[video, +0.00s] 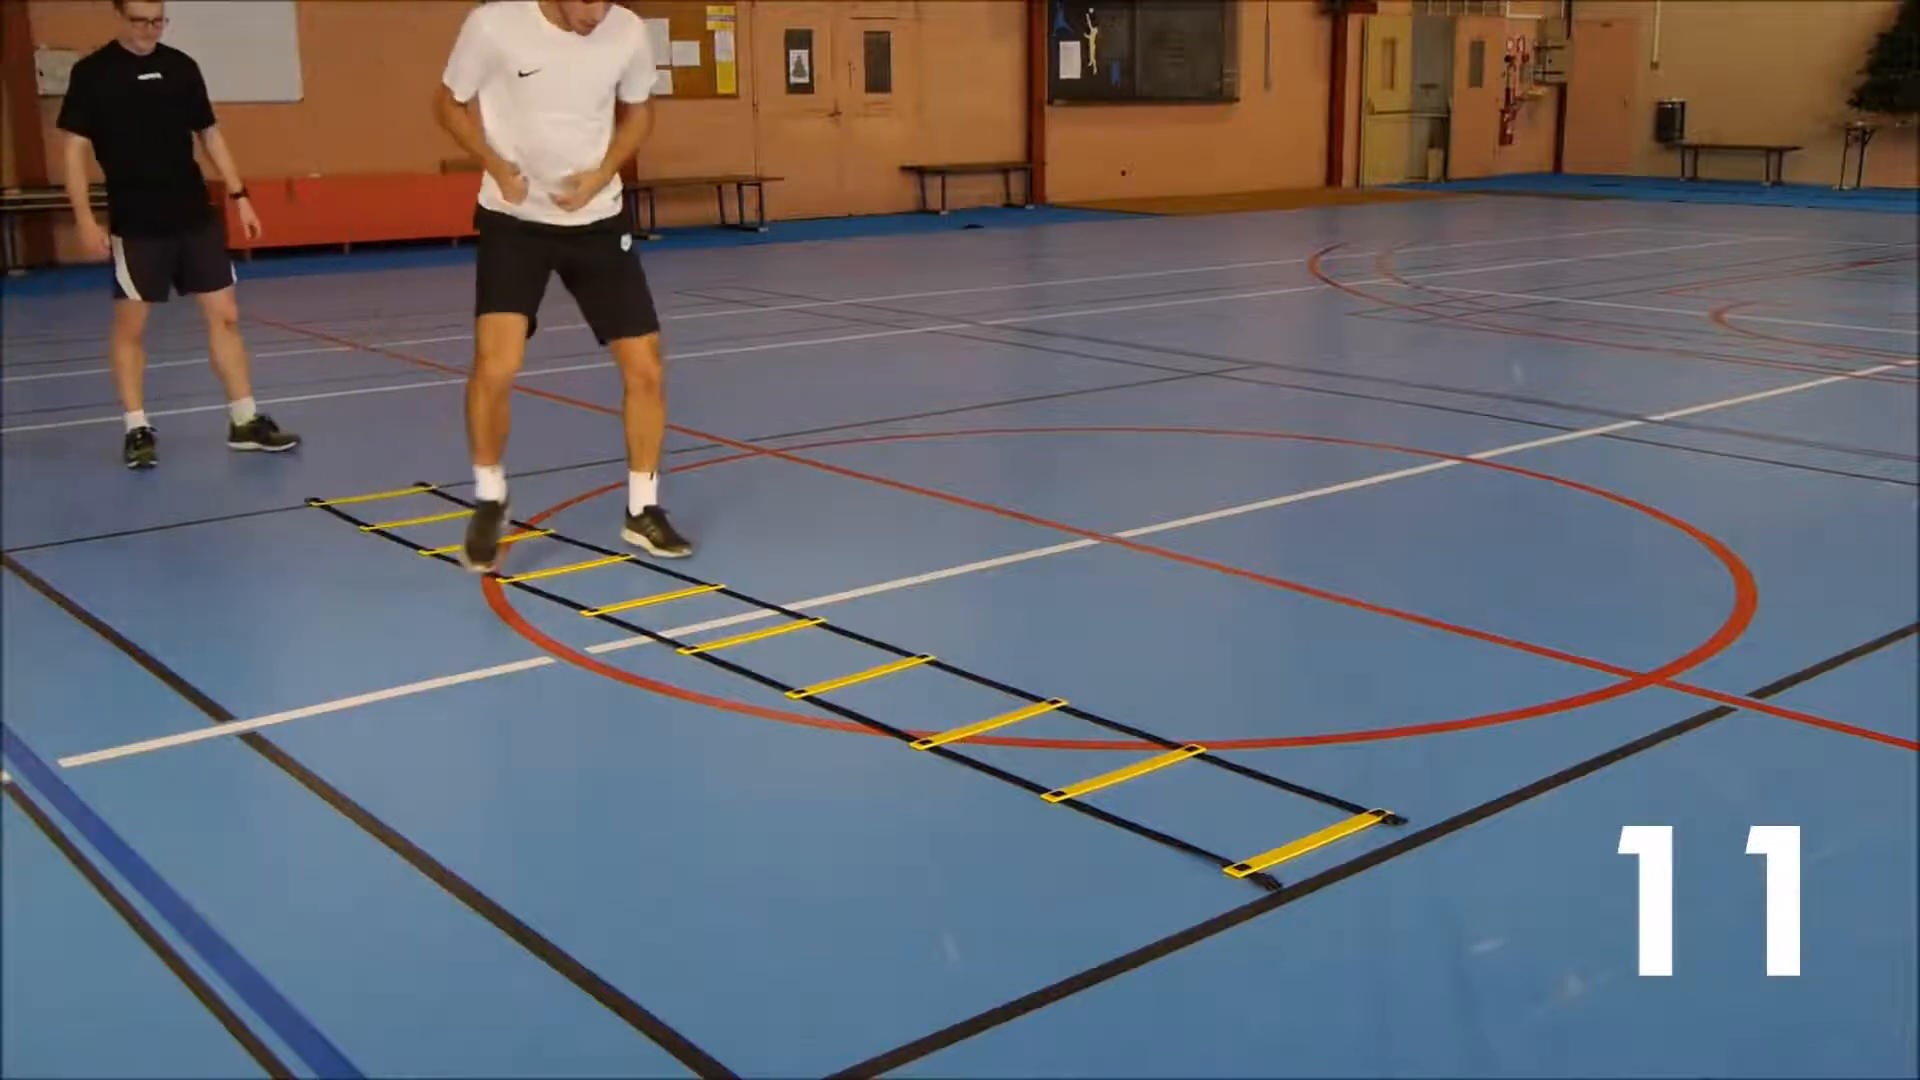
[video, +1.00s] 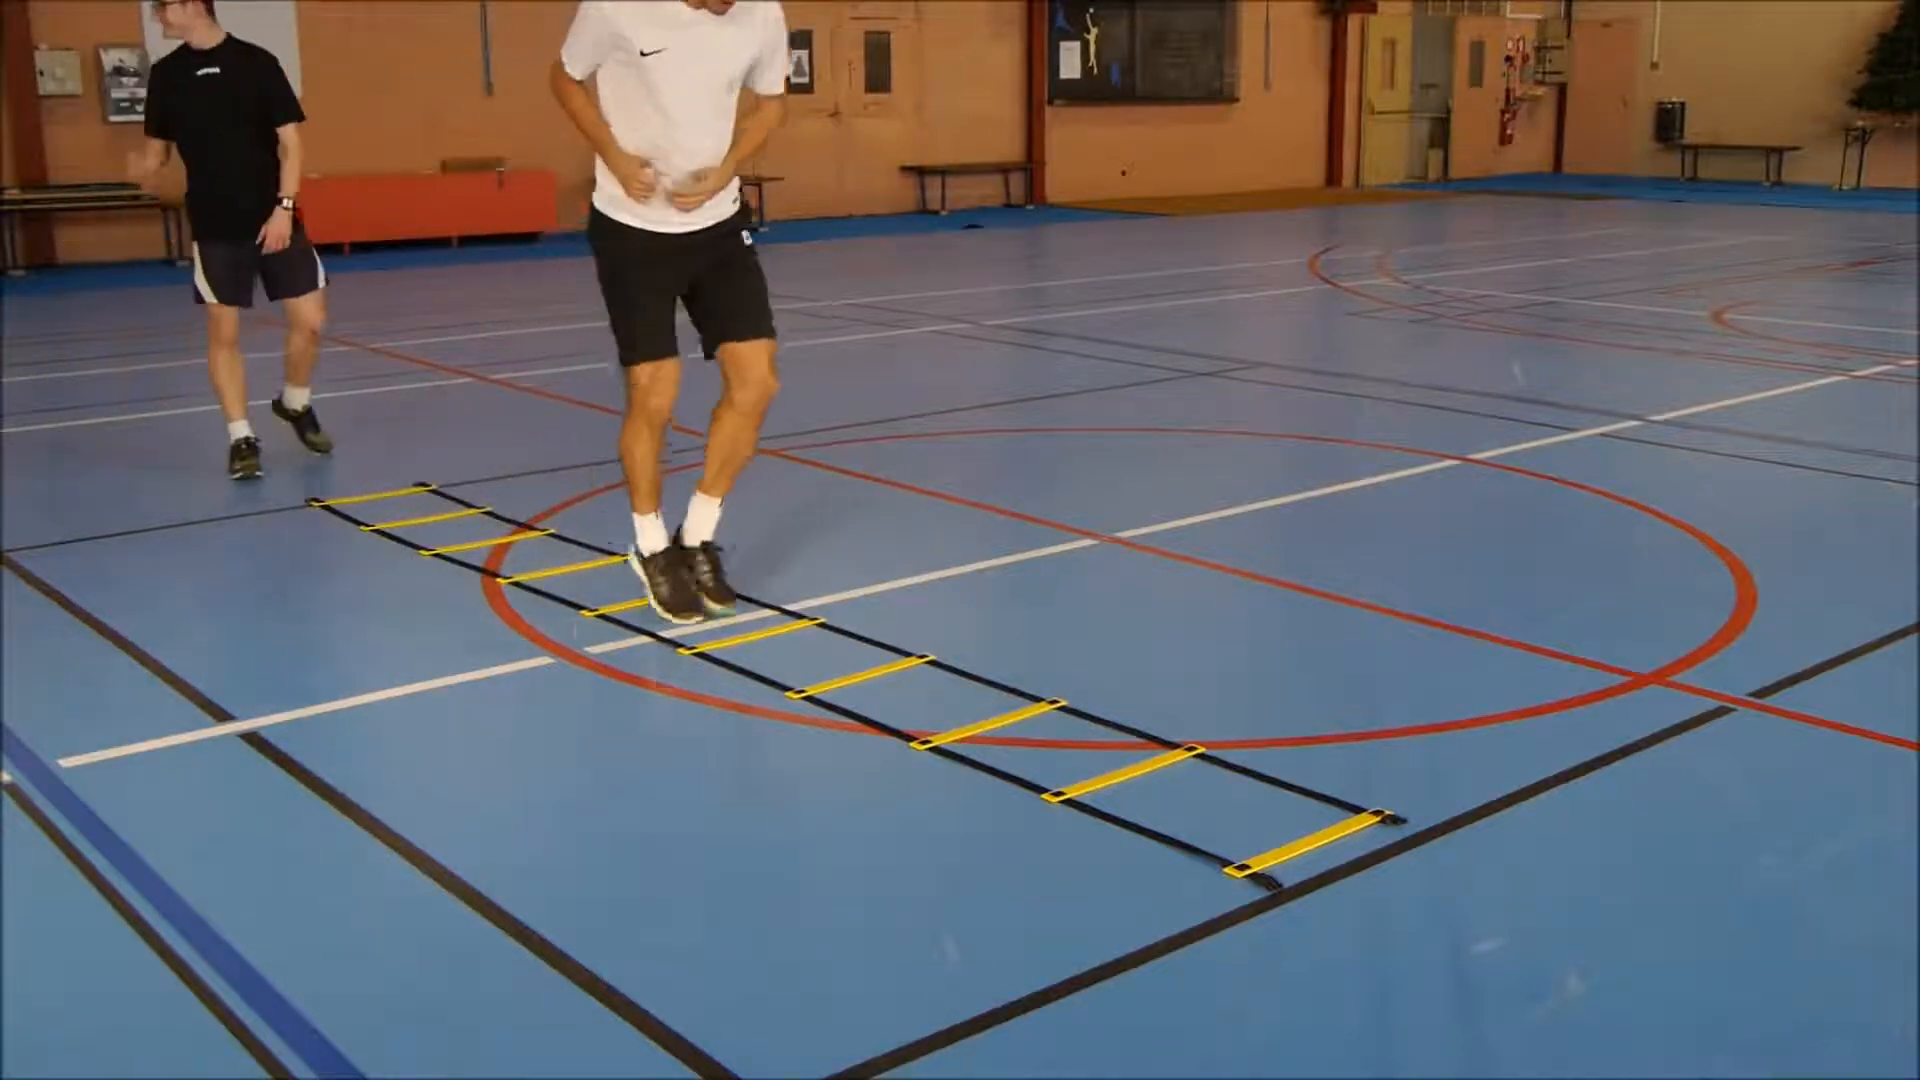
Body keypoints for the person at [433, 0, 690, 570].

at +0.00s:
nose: (595, 16)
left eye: (603, 6)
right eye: (586, 5)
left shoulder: (629, 33)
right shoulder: (492, 25)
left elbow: (637, 117)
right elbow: (449, 104)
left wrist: (601, 171)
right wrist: (494, 162)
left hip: (598, 224)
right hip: (512, 223)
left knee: (646, 369)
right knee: (494, 370)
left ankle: (643, 510)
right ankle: (489, 498)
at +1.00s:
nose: (721, 1)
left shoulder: (763, 14)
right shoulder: (613, 10)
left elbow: (767, 102)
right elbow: (568, 77)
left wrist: (726, 168)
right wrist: (614, 155)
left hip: (718, 226)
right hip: (633, 229)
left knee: (754, 383)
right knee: (654, 394)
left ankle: (696, 541)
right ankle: (651, 547)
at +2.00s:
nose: (913, 3)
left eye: (917, 0)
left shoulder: (912, 29)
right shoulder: (773, 26)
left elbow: (887, 116)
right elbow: (714, 131)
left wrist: (876, 202)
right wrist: (792, 210)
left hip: (862, 249)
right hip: (769, 259)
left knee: (961, 395)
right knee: (754, 441)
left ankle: (913, 562)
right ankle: (686, 613)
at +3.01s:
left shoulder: (1148, 15)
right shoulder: (978, 9)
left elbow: (1134, 119)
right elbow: (888, 84)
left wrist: (1100, 205)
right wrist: (968, 176)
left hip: (1072, 269)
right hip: (970, 269)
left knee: (1147, 456)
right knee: (1018, 481)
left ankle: (1046, 616)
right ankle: (1006, 665)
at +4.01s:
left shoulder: (1436, 19)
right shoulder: (1284, 18)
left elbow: (1362, 142)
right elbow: (1178, 163)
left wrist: (1386, 224)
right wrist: (1306, 284)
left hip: (1357, 340)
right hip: (1253, 343)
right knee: (1189, 598)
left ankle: (1319, 675)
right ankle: (1070, 808)